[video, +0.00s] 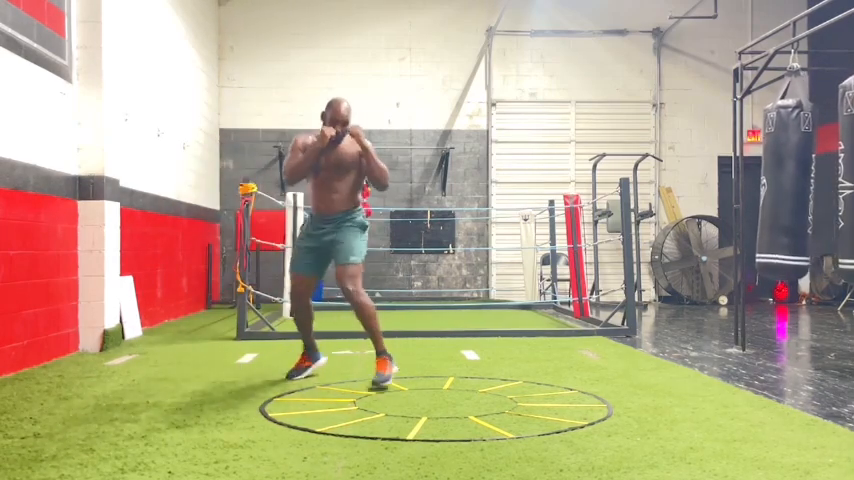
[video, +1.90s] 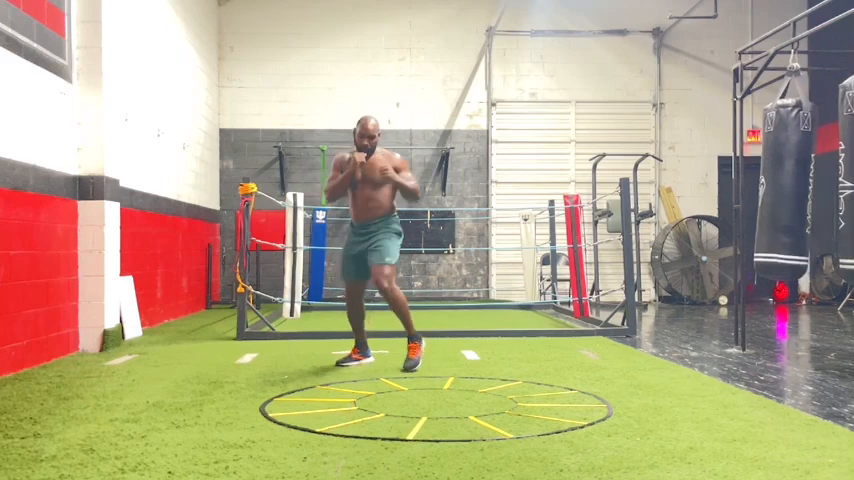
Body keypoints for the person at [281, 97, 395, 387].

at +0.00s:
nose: (338, 129)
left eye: (344, 124)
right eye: (334, 123)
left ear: (350, 123)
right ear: (323, 118)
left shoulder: (360, 145)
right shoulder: (304, 142)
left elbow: (382, 183)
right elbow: (290, 177)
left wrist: (364, 144)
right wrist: (319, 148)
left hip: (349, 223)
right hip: (315, 225)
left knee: (350, 287)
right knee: (298, 295)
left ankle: (383, 356)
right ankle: (310, 354)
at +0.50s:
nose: (339, 141)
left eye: (344, 137)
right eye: (335, 136)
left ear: (350, 134)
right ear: (324, 130)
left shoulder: (358, 155)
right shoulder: (304, 155)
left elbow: (384, 195)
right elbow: (297, 192)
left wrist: (366, 167)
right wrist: (324, 164)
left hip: (352, 231)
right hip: (315, 232)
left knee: (373, 289)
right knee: (302, 293)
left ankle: (404, 340)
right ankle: (295, 361)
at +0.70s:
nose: (360, 159)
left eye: (366, 154)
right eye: (356, 154)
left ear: (373, 151)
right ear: (347, 148)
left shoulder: (385, 173)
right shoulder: (328, 170)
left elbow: (398, 215)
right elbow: (316, 210)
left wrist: (390, 200)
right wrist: (349, 191)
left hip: (371, 243)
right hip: (336, 243)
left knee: (396, 300)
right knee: (319, 294)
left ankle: (431, 356)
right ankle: (298, 361)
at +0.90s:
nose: (392, 155)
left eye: (397, 150)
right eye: (388, 149)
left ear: (404, 145)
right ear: (378, 141)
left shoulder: (413, 165)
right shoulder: (359, 160)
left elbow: (434, 203)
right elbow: (347, 199)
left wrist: (419, 187)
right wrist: (378, 181)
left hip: (395, 234)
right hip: (360, 233)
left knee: (412, 292)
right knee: (337, 292)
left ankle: (433, 356)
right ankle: (314, 355)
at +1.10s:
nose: (403, 150)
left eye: (407, 145)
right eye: (399, 144)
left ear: (412, 142)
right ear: (387, 138)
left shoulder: (420, 166)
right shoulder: (366, 158)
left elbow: (438, 204)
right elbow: (354, 196)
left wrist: (424, 187)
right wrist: (386, 179)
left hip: (401, 234)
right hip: (368, 234)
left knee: (413, 291)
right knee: (351, 294)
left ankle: (433, 356)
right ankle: (349, 339)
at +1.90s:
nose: (369, 142)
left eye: (373, 137)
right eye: (364, 137)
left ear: (379, 136)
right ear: (355, 135)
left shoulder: (393, 160)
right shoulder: (343, 161)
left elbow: (415, 193)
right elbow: (331, 194)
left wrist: (395, 178)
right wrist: (352, 170)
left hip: (384, 228)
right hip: (357, 232)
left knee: (383, 282)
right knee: (352, 295)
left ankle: (414, 339)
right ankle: (361, 349)